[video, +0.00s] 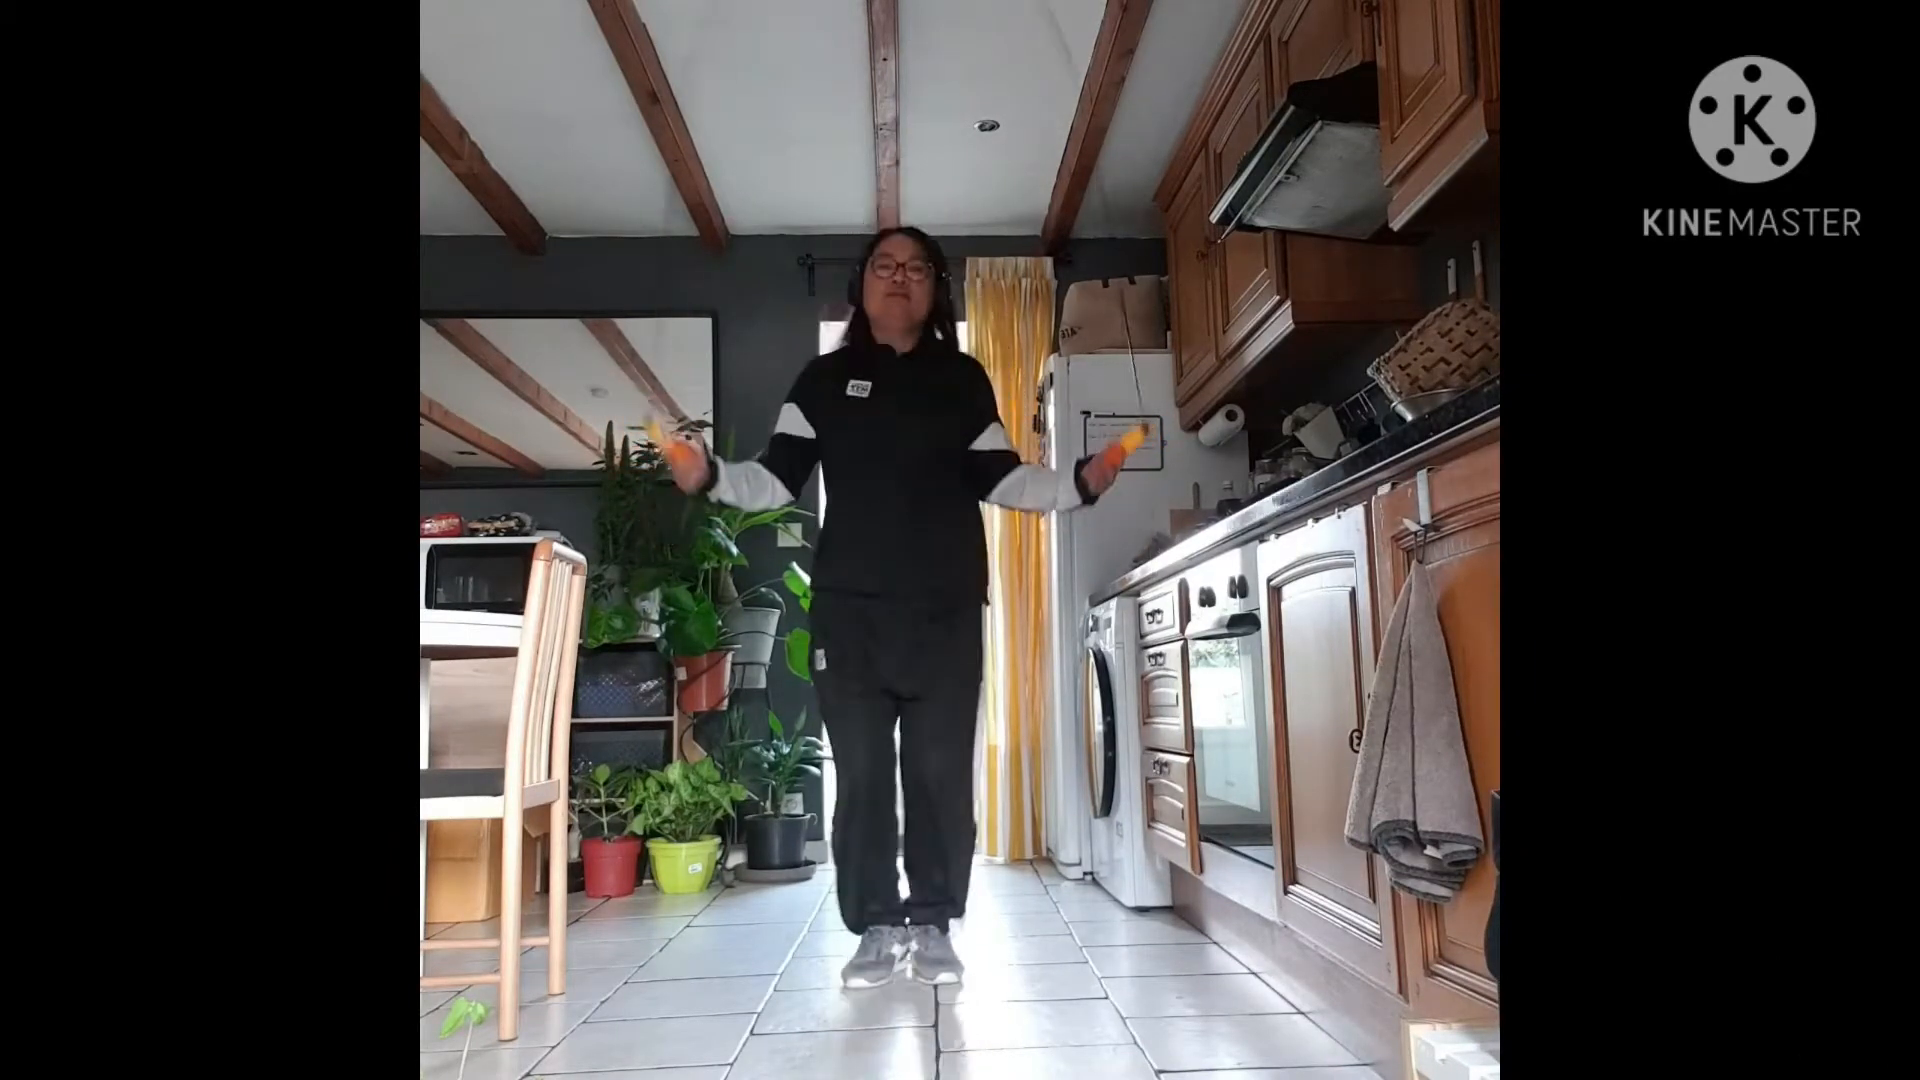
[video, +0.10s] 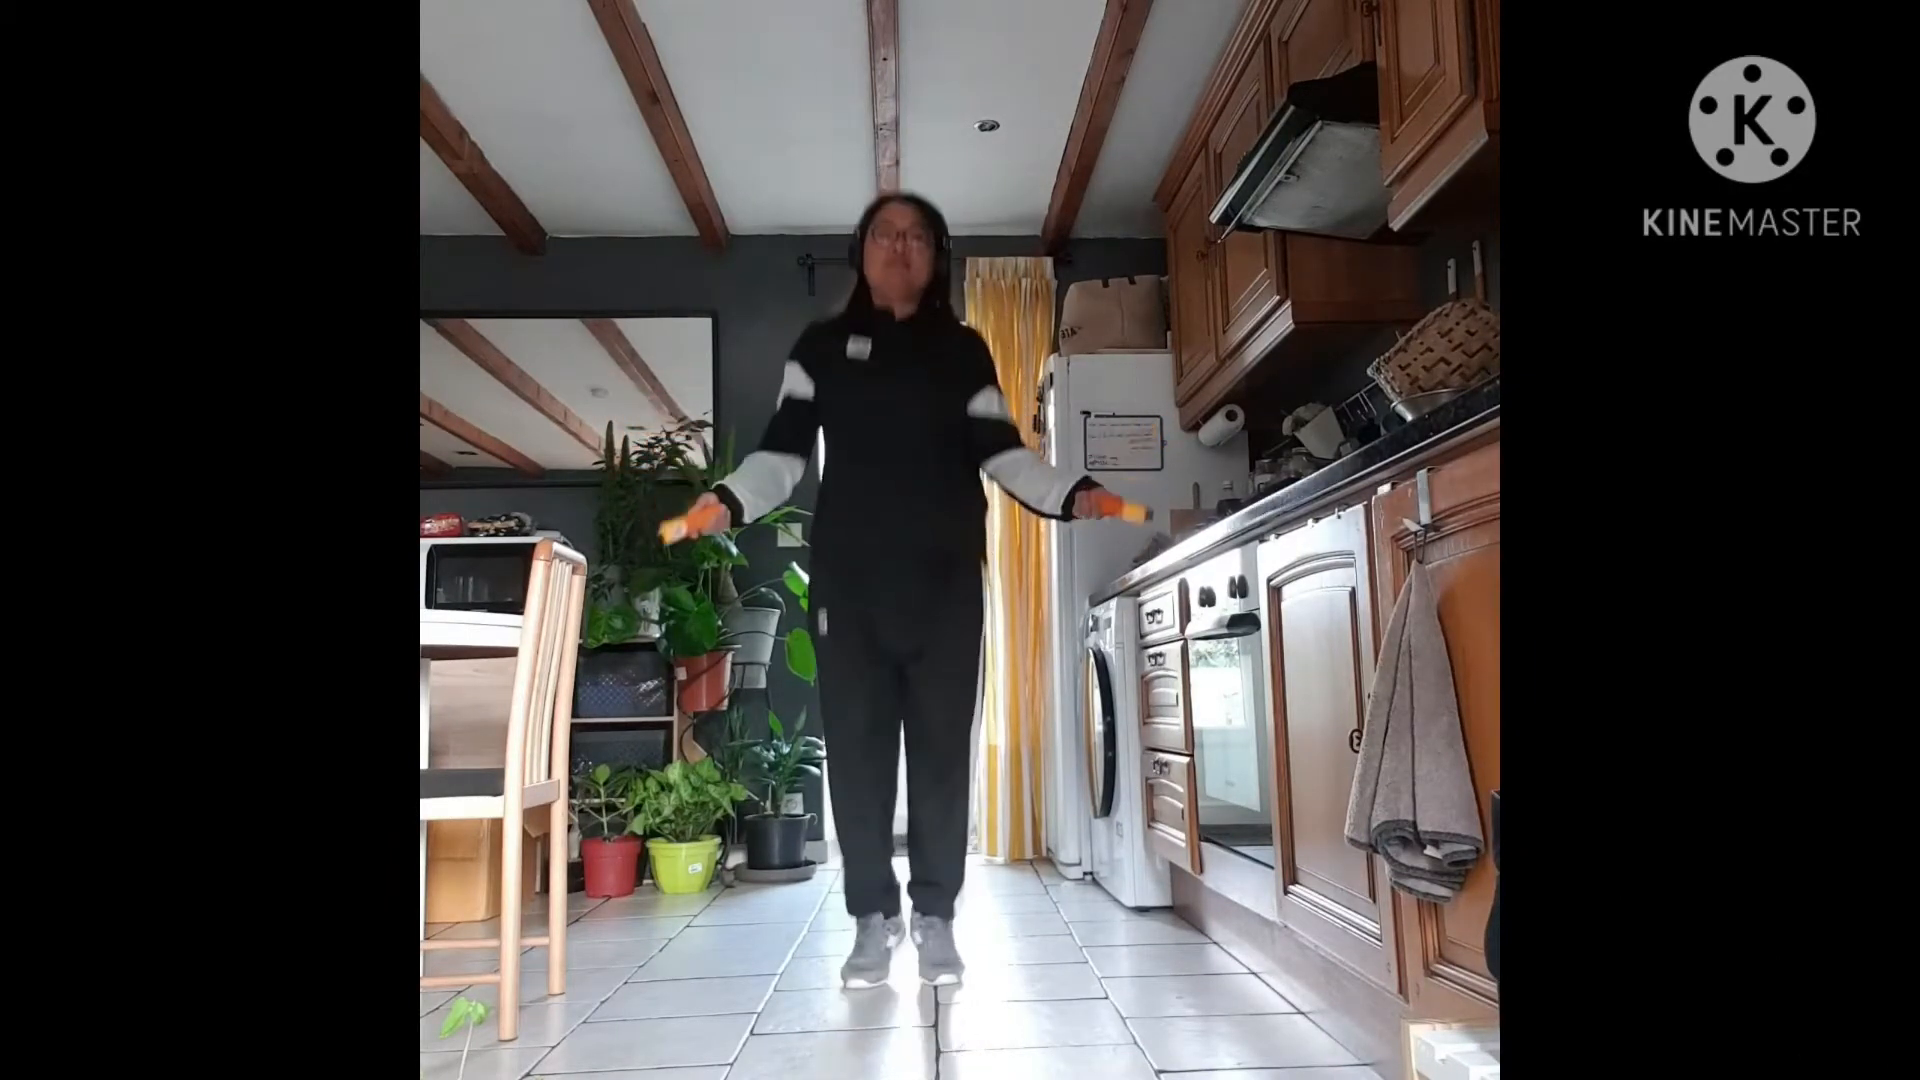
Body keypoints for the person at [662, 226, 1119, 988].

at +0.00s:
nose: (898, 276)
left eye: (915, 267)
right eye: (884, 265)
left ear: (936, 291)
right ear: (861, 288)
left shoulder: (963, 378)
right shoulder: (827, 378)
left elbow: (997, 477)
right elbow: (775, 480)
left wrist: (1078, 483)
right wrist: (710, 477)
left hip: (944, 602)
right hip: (849, 601)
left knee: (939, 768)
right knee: (863, 770)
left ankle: (934, 926)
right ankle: (877, 928)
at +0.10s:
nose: (899, 246)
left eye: (915, 236)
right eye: (884, 233)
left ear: (937, 257)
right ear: (861, 252)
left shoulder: (963, 349)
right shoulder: (826, 344)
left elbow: (1001, 452)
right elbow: (783, 454)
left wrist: (1072, 492)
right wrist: (721, 504)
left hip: (944, 579)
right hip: (849, 578)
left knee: (940, 751)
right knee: (857, 752)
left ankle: (935, 916)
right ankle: (871, 917)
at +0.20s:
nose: (899, 213)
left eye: (914, 202)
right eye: (884, 201)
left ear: (939, 223)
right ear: (859, 221)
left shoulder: (962, 311)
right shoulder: (823, 310)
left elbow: (1001, 424)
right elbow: (784, 425)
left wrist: (1076, 474)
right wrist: (701, 480)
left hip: (946, 540)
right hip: (850, 538)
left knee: (943, 714)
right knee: (860, 715)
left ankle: (939, 885)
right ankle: (870, 885)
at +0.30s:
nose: (901, 223)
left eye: (917, 213)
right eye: (886, 211)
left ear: (939, 234)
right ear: (861, 229)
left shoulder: (964, 319)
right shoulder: (829, 316)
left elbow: (998, 425)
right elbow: (782, 423)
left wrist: (1075, 464)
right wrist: (703, 443)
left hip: (947, 546)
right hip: (851, 544)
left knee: (940, 720)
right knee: (864, 720)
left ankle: (938, 890)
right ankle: (876, 891)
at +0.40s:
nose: (901, 272)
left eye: (917, 261)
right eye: (886, 260)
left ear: (940, 279)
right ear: (864, 277)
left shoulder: (965, 369)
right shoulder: (830, 366)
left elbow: (1001, 468)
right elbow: (780, 468)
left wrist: (1072, 487)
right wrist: (713, 461)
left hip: (949, 594)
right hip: (854, 594)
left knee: (947, 764)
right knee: (863, 765)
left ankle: (938, 924)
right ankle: (878, 924)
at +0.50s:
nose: (901, 283)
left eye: (918, 272)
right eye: (888, 270)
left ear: (941, 291)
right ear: (866, 287)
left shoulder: (967, 380)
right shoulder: (829, 377)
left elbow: (1001, 483)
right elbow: (783, 477)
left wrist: (1075, 515)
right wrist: (725, 507)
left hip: (949, 599)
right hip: (853, 599)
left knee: (944, 765)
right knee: (867, 765)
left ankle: (935, 922)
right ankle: (881, 923)